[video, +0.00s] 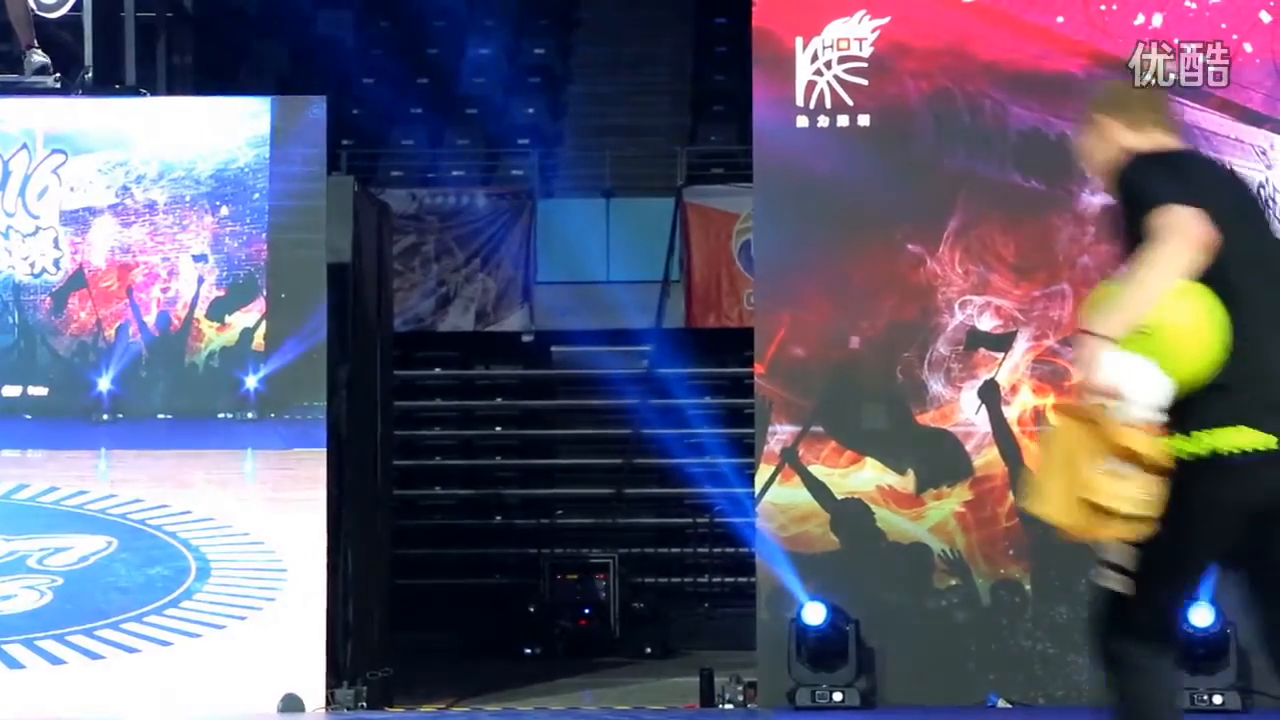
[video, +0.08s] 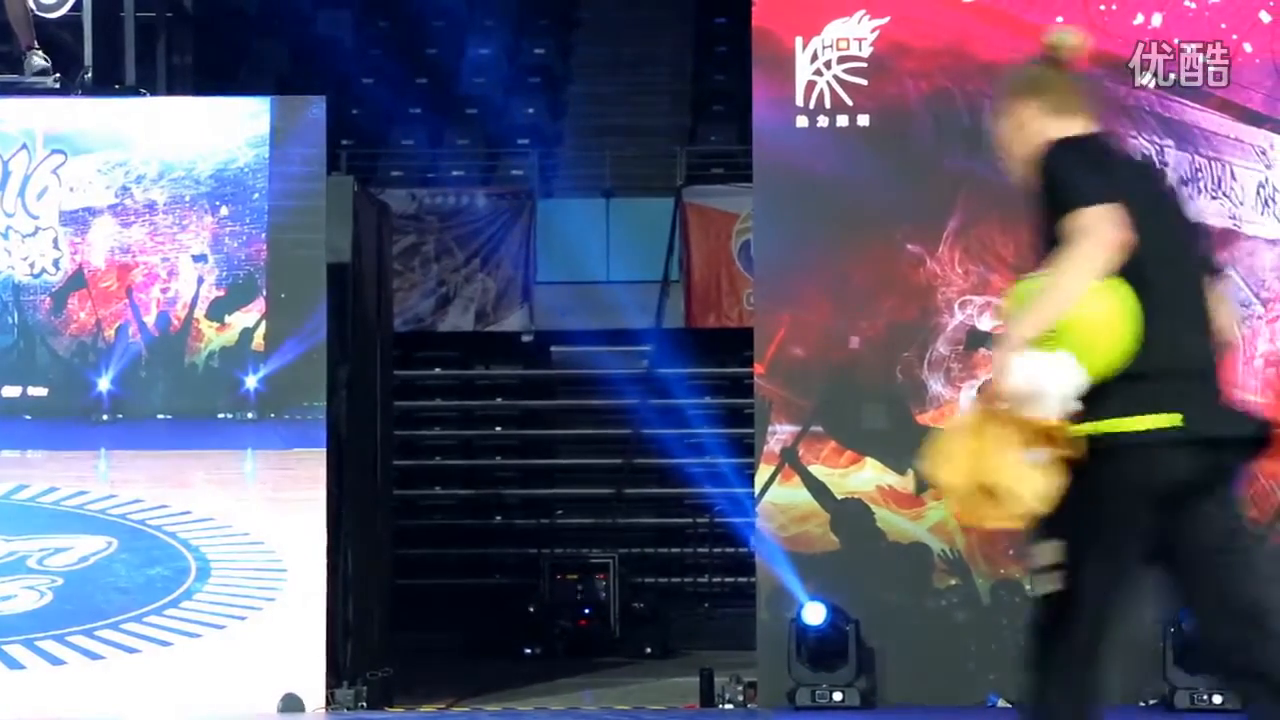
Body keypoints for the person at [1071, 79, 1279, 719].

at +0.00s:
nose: (1086, 155)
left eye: (1088, 139)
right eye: (1083, 141)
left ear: (1114, 128)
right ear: (1162, 125)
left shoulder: (1155, 169)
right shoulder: (1225, 185)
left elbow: (1186, 236)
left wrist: (1098, 330)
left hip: (1219, 455)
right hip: (1268, 452)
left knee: (1136, 625)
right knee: (1269, 628)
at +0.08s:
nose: (1002, 146)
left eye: (1003, 127)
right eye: (999, 130)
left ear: (1030, 113)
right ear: (1076, 106)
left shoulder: (1072, 158)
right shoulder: (1148, 180)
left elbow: (1102, 237)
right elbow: (1221, 321)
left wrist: (1012, 340)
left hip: (1128, 447)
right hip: (1197, 443)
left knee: (1077, 641)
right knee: (1248, 629)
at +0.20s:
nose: (883, 176)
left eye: (885, 159)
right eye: (884, 160)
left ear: (909, 150)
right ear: (971, 155)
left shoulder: (942, 212)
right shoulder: (1033, 220)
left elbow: (967, 294)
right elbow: (1128, 330)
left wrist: (875, 395)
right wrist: (1076, 409)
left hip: (1001, 487)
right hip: (1080, 482)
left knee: (946, 675)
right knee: (1052, 674)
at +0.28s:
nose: (824, 186)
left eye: (828, 172)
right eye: (825, 173)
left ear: (849, 168)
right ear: (903, 173)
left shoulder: (862, 233)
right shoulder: (973, 239)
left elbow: (871, 312)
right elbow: (1063, 328)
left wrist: (794, 409)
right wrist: (1017, 401)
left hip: (930, 486)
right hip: (1003, 481)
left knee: (908, 676)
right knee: (952, 669)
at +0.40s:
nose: (745, 153)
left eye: (748, 140)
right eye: (746, 140)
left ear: (767, 135)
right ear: (820, 137)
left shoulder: (761, 203)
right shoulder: (888, 210)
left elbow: (732, 294)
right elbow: (944, 302)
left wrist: (672, 387)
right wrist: (916, 386)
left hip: (813, 438)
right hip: (887, 433)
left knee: (854, 618)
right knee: (804, 612)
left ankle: (894, 709)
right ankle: (805, 706)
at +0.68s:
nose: (549, 196)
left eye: (554, 186)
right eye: (554, 185)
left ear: (566, 191)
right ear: (627, 205)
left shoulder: (548, 254)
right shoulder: (660, 280)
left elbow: (516, 329)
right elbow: (695, 406)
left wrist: (445, 410)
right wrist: (623, 415)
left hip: (566, 495)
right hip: (652, 500)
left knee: (524, 654)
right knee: (627, 667)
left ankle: (572, 710)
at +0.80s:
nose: (446, 172)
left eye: (450, 159)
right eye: (448, 160)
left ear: (470, 159)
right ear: (521, 164)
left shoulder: (465, 229)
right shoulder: (571, 246)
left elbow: (441, 309)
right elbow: (604, 363)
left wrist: (363, 386)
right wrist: (550, 401)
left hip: (469, 461)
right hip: (558, 462)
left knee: (449, 620)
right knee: (578, 620)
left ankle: (436, 710)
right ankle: (611, 711)